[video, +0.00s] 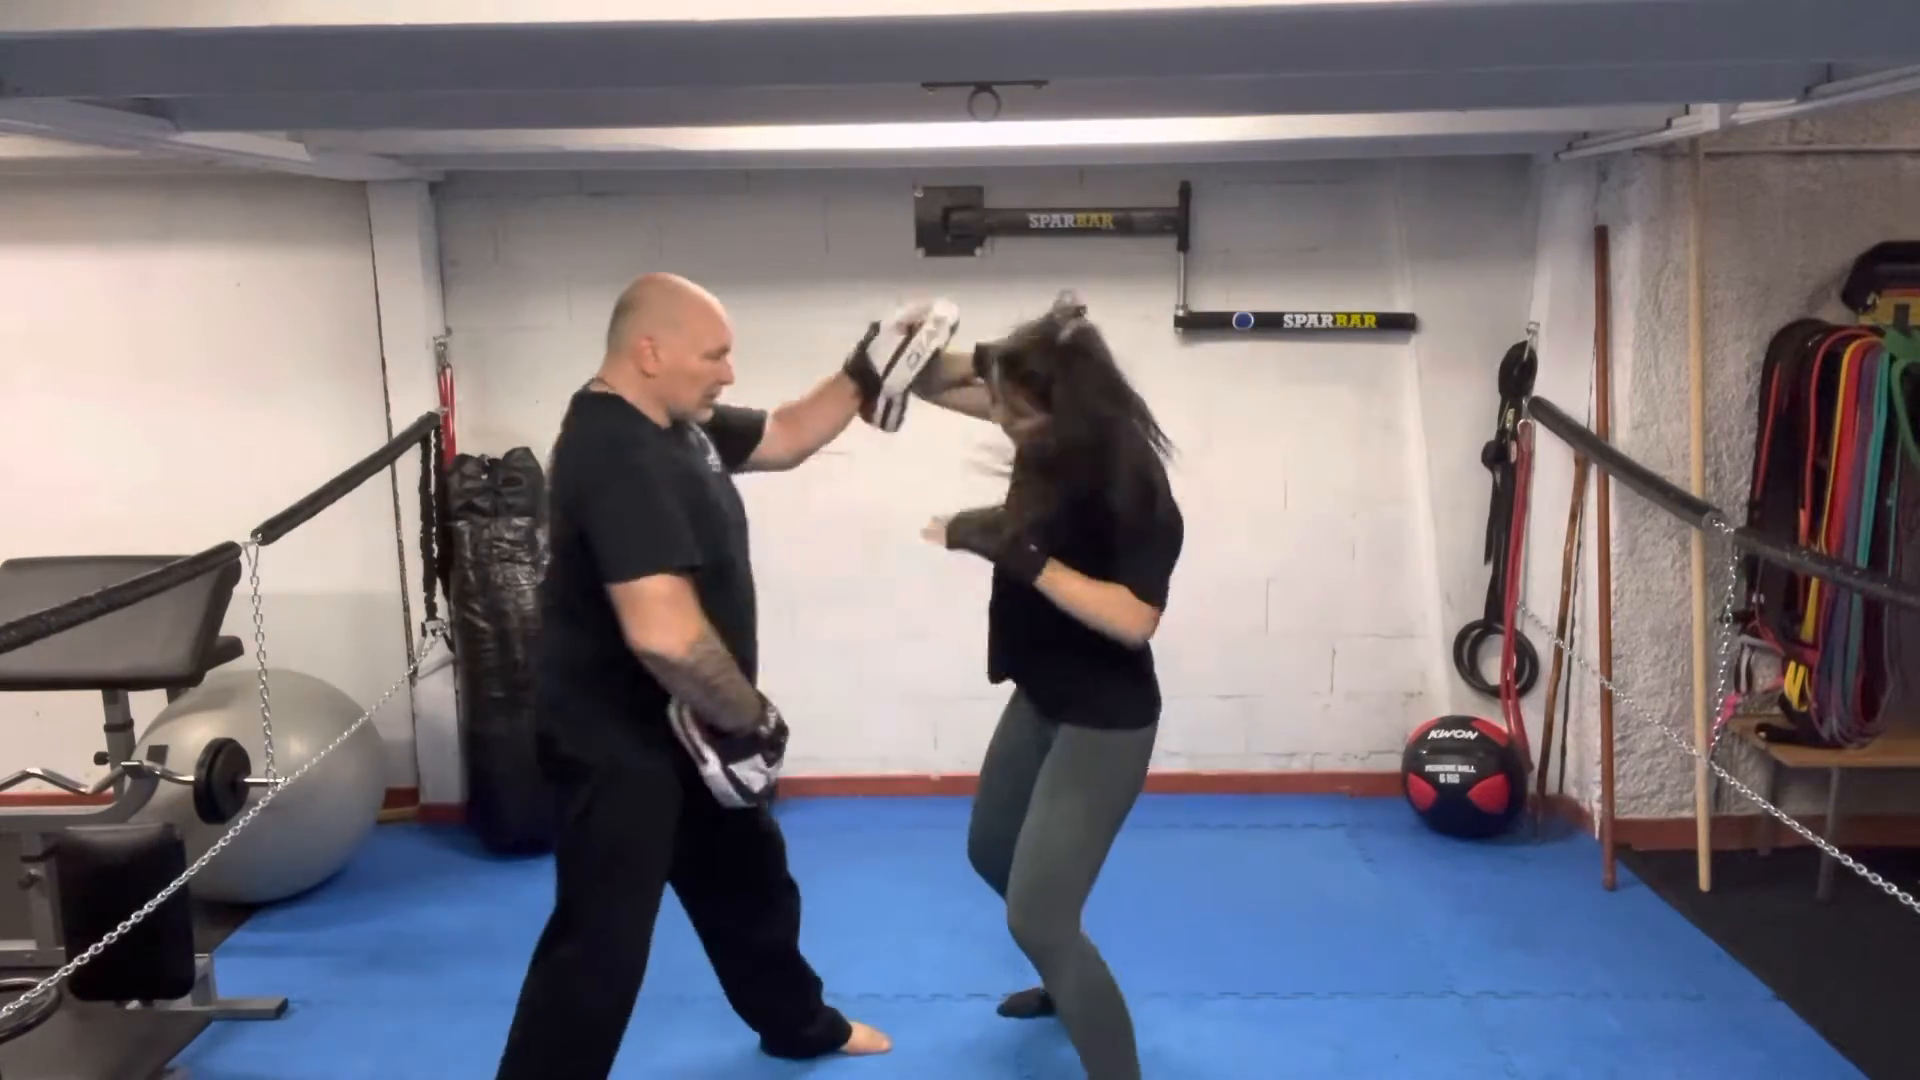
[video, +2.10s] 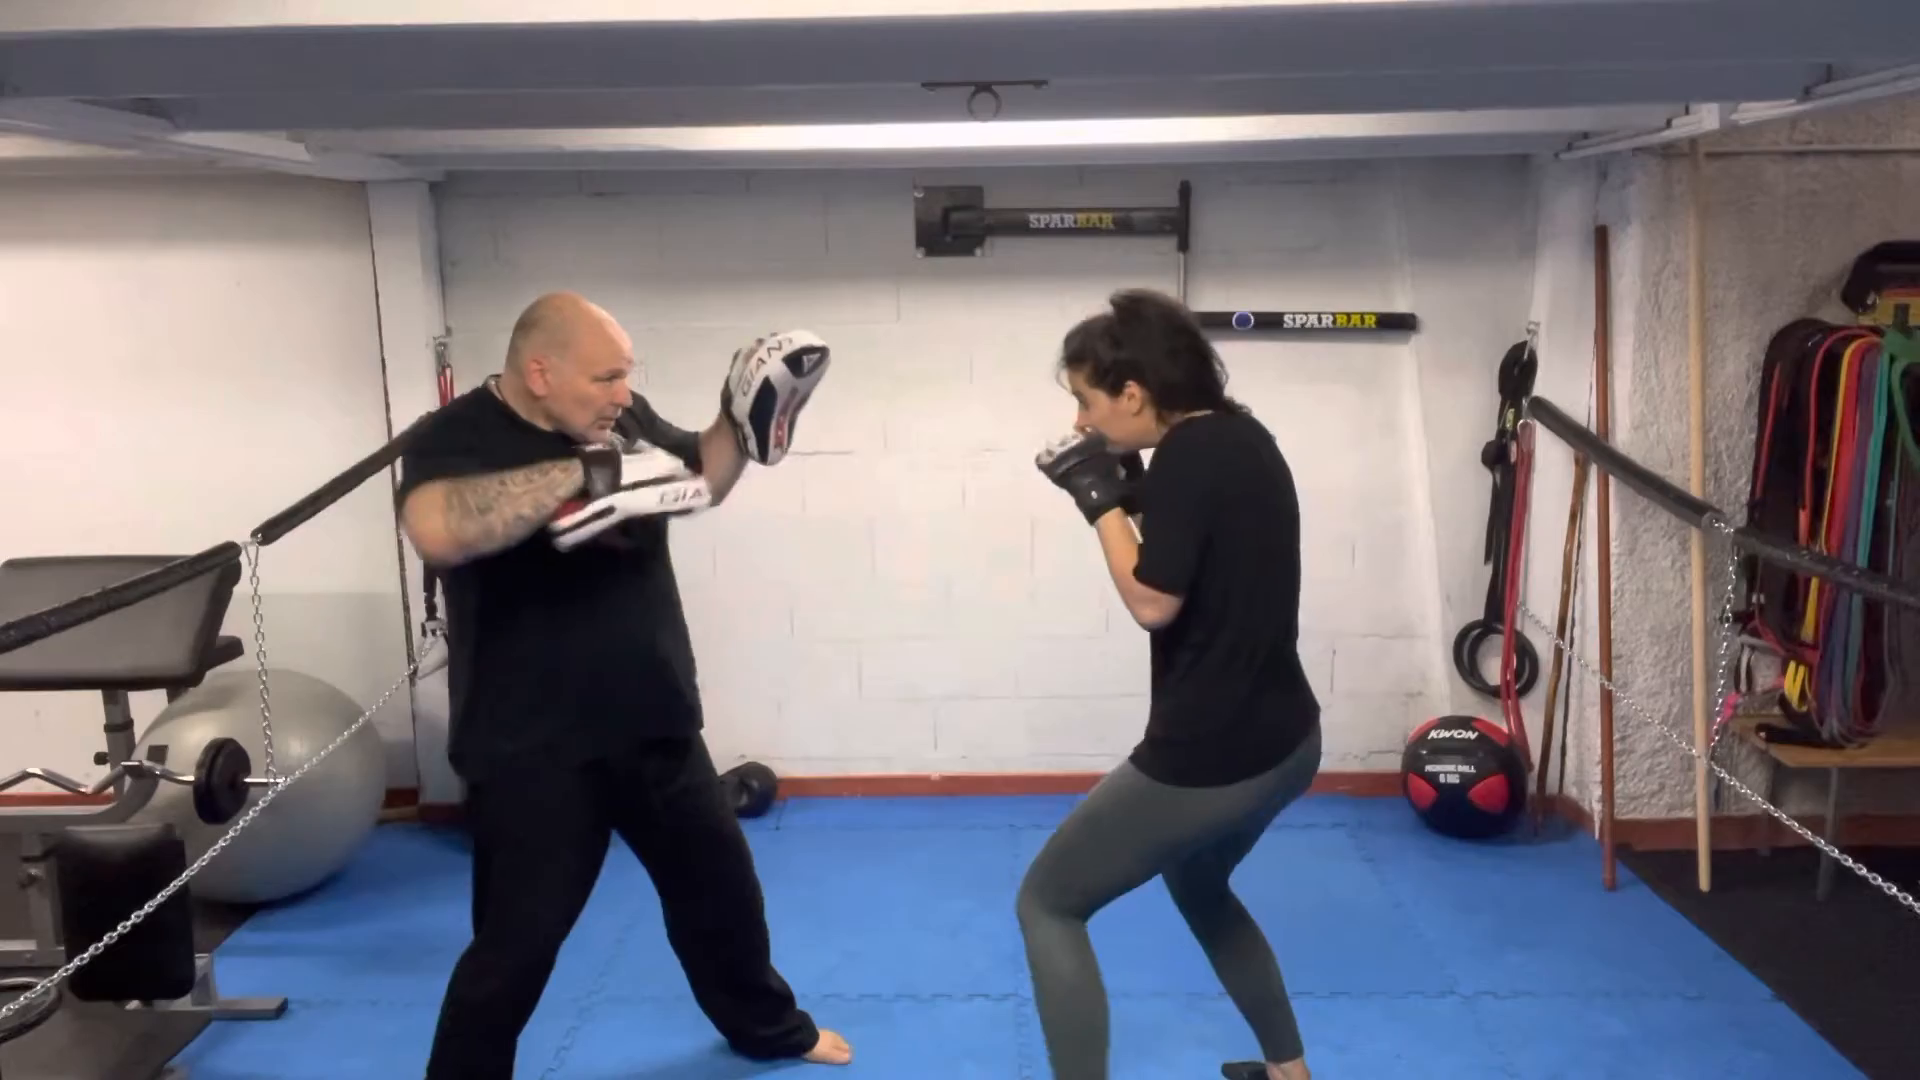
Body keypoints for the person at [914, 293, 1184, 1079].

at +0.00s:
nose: (1005, 425)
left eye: (1015, 415)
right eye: (1003, 412)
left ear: (1057, 409)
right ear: (1047, 400)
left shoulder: (1129, 477)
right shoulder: (1053, 432)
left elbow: (1135, 619)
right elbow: (940, 387)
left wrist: (1021, 556)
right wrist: (910, 343)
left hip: (1109, 721)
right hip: (1042, 699)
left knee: (1042, 920)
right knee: (994, 849)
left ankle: (1117, 1072)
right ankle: (1069, 980)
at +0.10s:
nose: (1011, 400)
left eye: (1028, 389)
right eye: (1012, 383)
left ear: (1079, 393)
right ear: (1065, 391)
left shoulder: (1133, 481)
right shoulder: (1077, 441)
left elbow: (1078, 619)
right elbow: (982, 437)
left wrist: (991, 520)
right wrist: (1016, 375)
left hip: (1111, 732)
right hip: (1050, 714)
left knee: (1034, 938)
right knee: (1000, 849)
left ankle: (1145, 1073)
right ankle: (1068, 979)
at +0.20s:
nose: (1020, 380)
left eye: (1036, 368)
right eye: (1023, 366)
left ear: (1088, 384)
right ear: (1085, 383)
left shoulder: (1127, 485)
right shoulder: (1118, 455)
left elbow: (1036, 605)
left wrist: (973, 496)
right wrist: (1030, 438)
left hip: (1127, 749)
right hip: (1077, 729)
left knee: (1057, 970)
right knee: (1022, 851)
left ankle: (1156, 1074)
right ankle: (1069, 984)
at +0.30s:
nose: (1027, 370)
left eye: (1041, 356)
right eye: (1032, 354)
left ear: (1092, 368)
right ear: (1093, 367)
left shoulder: (1131, 474)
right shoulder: (1166, 456)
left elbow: (1035, 599)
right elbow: (1127, 569)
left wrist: (970, 493)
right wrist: (1052, 503)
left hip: (1149, 766)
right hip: (1132, 744)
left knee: (1083, 984)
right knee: (1066, 849)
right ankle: (1078, 989)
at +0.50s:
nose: (1056, 369)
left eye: (1069, 349)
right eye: (1059, 349)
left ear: (1119, 353)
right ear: (1142, 354)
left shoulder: (1159, 460)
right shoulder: (1208, 446)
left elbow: (1092, 601)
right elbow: (1171, 582)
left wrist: (1017, 512)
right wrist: (1087, 522)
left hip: (1197, 779)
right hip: (1249, 757)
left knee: (1108, 979)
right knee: (1176, 879)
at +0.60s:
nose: (1077, 365)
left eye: (1089, 346)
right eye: (1080, 345)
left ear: (1138, 351)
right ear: (1160, 350)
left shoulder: (1192, 451)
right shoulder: (1223, 437)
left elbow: (1148, 602)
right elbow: (1189, 566)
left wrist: (1054, 529)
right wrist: (1105, 507)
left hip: (1232, 758)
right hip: (1282, 733)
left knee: (1129, 969)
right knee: (1242, 886)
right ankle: (1374, 1026)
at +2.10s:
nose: (1079, 419)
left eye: (1083, 399)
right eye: (1076, 400)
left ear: (1133, 394)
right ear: (1143, 387)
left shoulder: (1187, 457)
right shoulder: (1247, 441)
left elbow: (1153, 602)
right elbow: (1221, 574)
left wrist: (1102, 502)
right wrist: (1136, 498)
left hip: (1203, 765)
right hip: (1282, 744)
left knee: (1047, 902)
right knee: (1199, 887)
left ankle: (1079, 1073)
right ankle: (1288, 1066)